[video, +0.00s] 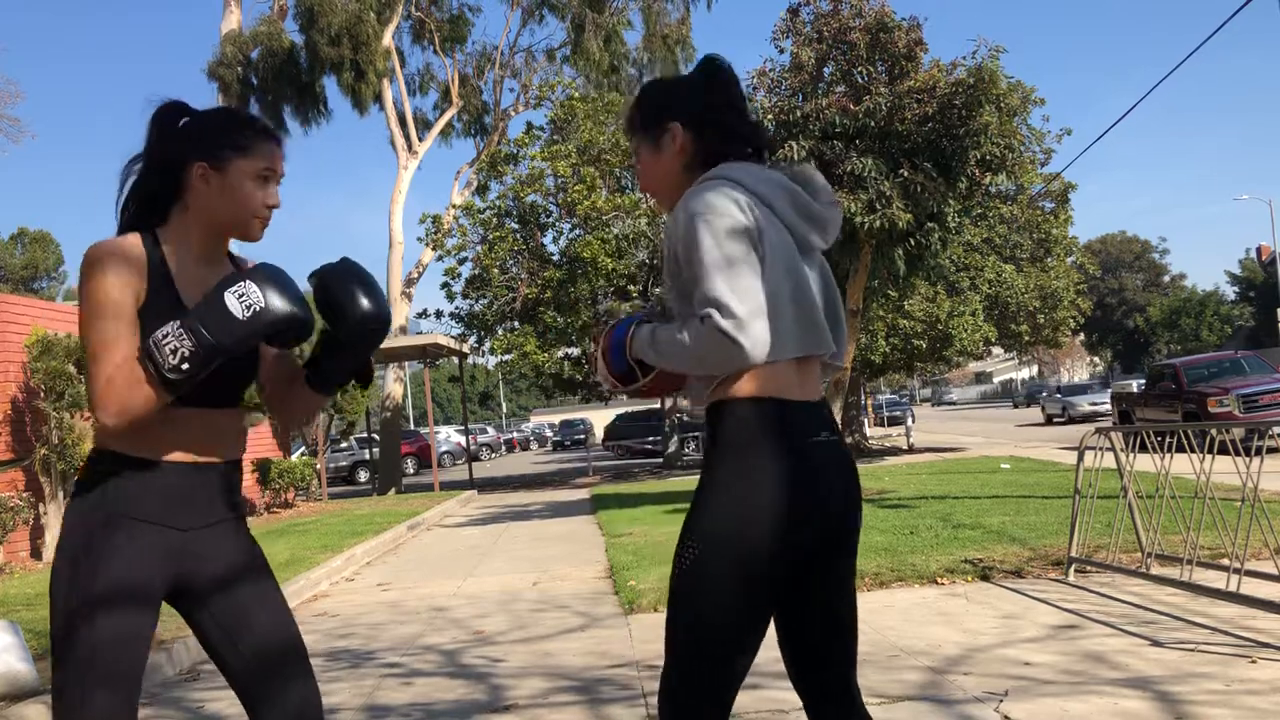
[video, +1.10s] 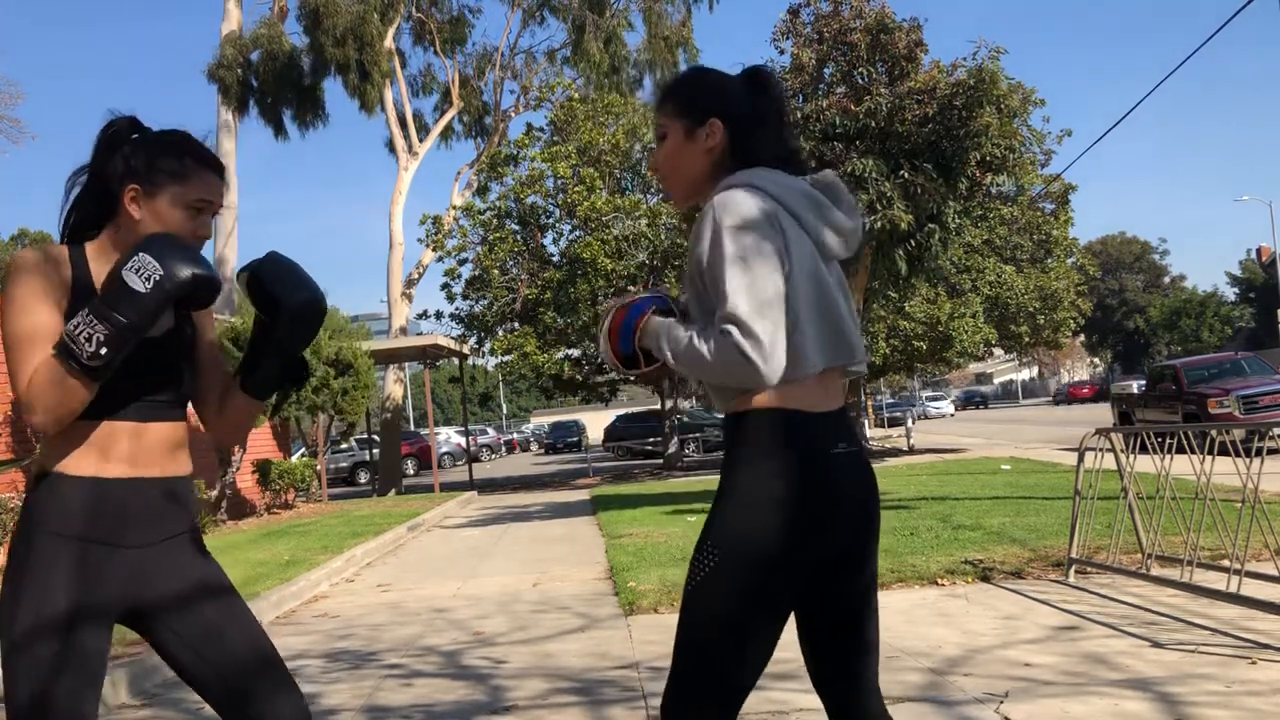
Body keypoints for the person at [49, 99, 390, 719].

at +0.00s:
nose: (276, 200)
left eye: (277, 183)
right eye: (265, 179)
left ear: (211, 179)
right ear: (204, 176)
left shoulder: (248, 284)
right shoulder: (118, 261)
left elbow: (288, 413)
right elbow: (114, 412)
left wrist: (337, 359)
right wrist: (208, 333)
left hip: (218, 521)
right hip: (119, 519)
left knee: (296, 706)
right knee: (94, 710)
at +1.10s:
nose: (208, 231)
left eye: (213, 216)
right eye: (197, 211)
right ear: (135, 201)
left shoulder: (187, 300)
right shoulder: (41, 270)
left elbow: (226, 425)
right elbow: (43, 413)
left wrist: (277, 345)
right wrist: (116, 316)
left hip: (172, 540)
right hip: (66, 540)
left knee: (280, 708)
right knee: (49, 710)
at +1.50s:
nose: (218, 212)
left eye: (220, 195)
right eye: (204, 192)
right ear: (142, 192)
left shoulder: (210, 289)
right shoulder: (56, 265)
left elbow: (222, 429)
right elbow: (27, 411)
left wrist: (275, 360)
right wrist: (109, 321)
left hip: (183, 535)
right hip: (74, 536)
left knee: (284, 708)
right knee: (57, 710)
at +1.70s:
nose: (228, 211)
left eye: (231, 194)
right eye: (213, 192)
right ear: (152, 193)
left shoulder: (216, 288)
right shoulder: (65, 263)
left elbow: (255, 415)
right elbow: (61, 406)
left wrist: (296, 341)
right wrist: (134, 314)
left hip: (187, 530)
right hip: (81, 529)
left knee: (288, 706)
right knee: (62, 709)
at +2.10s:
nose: (211, 204)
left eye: (212, 188)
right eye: (195, 186)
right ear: (131, 188)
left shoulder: (220, 267)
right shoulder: (62, 271)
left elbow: (342, 322)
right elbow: (48, 421)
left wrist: (351, 255)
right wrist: (90, 312)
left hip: (208, 529)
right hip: (99, 533)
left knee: (313, 706)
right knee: (79, 711)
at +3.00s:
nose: (213, 215)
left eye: (216, 198)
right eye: (200, 196)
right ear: (134, 193)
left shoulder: (214, 282)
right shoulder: (56, 279)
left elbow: (291, 389)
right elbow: (47, 429)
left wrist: (297, 310)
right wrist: (94, 319)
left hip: (215, 531)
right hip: (107, 536)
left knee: (318, 707)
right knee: (84, 711)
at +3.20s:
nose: (219, 219)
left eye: (223, 202)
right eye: (204, 200)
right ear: (140, 196)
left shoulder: (226, 271)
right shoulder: (67, 286)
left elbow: (359, 319)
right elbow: (68, 439)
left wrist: (405, 233)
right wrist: (104, 327)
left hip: (228, 537)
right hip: (120, 542)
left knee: (341, 707)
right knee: (96, 710)